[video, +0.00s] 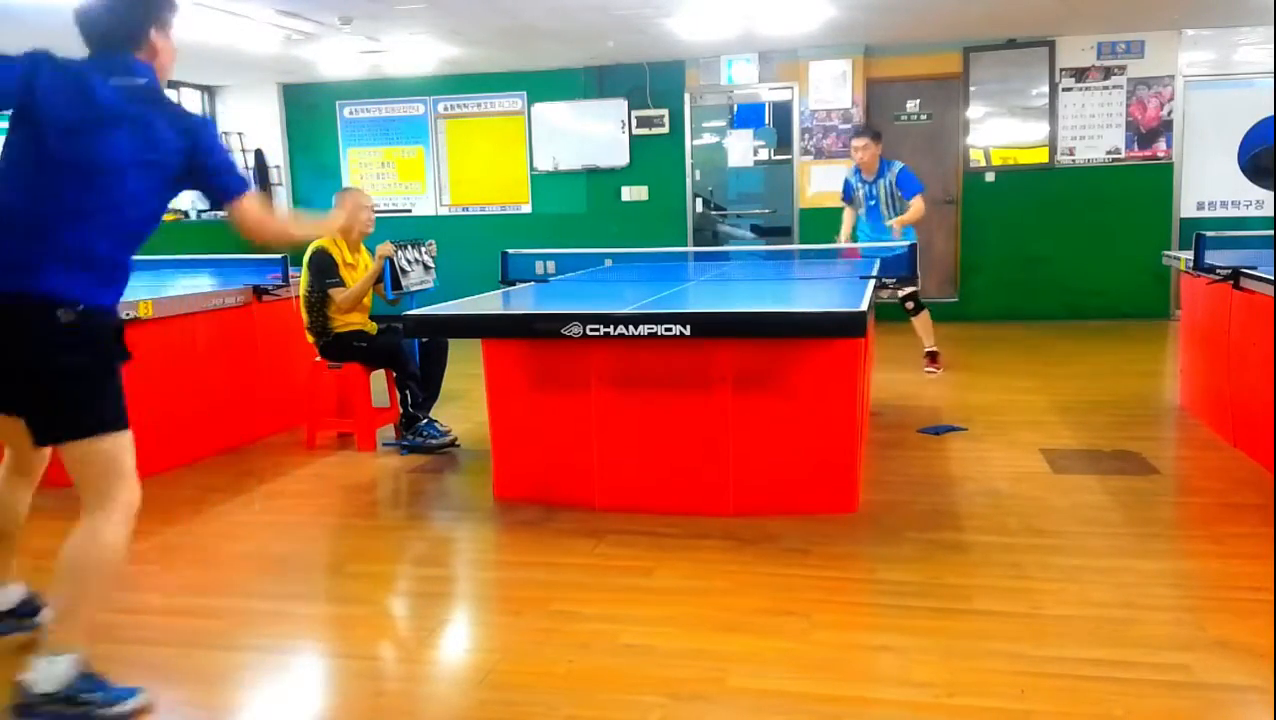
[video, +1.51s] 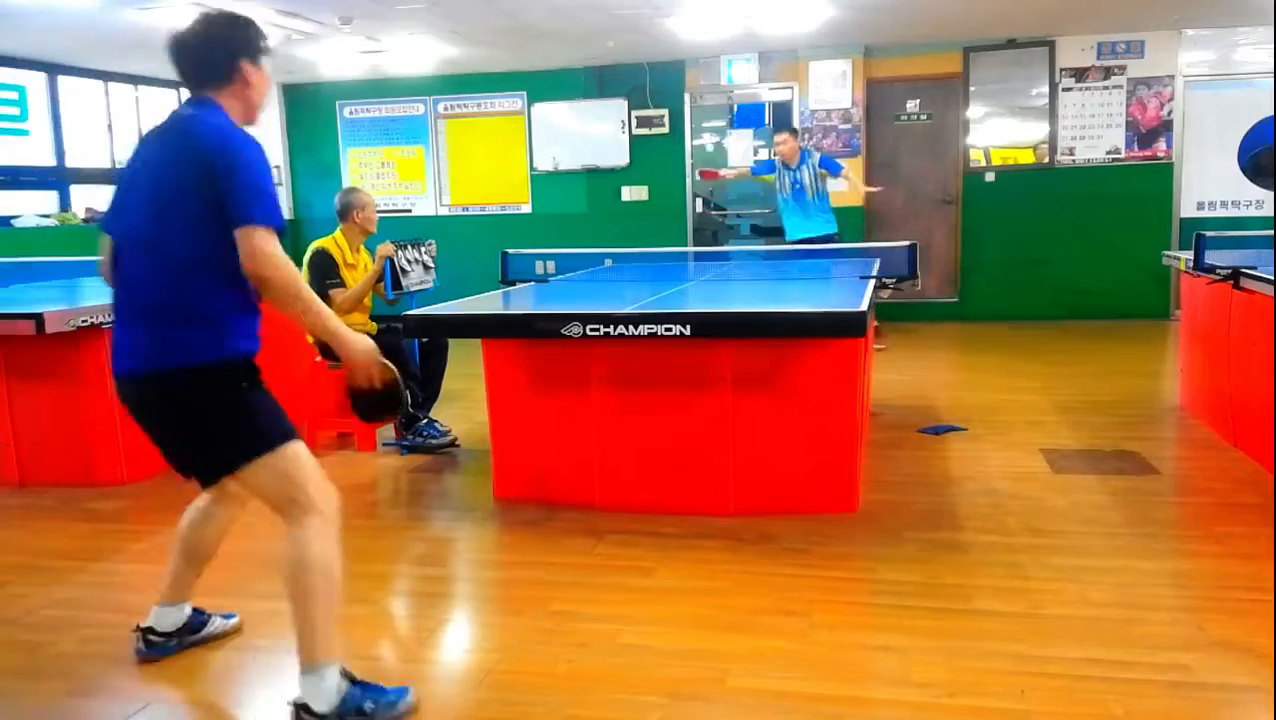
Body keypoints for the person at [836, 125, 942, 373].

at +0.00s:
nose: (858, 156)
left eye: (863, 149)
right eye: (854, 150)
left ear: (878, 148)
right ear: (850, 151)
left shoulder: (897, 172)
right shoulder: (852, 177)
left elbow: (919, 207)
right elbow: (850, 208)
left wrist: (901, 220)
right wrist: (844, 234)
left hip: (899, 248)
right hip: (867, 249)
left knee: (909, 299)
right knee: (858, 301)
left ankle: (931, 351)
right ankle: (855, 354)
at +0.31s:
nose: (879, 136)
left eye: (884, 130)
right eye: (874, 131)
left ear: (894, 128)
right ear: (867, 133)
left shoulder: (908, 145)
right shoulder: (864, 157)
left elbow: (934, 159)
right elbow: (874, 192)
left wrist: (954, 167)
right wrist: (883, 182)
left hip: (915, 230)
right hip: (881, 234)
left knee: (927, 288)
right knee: (868, 291)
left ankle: (940, 347)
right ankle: (859, 349)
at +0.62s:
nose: (864, 142)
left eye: (869, 136)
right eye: (859, 137)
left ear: (880, 137)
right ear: (853, 139)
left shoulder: (893, 160)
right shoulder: (847, 163)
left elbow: (915, 186)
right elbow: (840, 190)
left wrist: (940, 195)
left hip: (890, 238)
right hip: (858, 240)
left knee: (905, 287)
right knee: (859, 291)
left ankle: (915, 341)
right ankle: (859, 342)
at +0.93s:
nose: (840, 143)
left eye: (845, 138)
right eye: (836, 139)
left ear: (857, 138)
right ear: (832, 141)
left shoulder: (873, 164)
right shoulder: (830, 170)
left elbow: (886, 197)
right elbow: (823, 201)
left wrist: (870, 210)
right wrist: (811, 219)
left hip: (868, 236)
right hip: (838, 237)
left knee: (881, 285)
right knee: (836, 283)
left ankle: (892, 335)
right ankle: (840, 334)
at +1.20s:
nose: (791, 166)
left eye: (795, 160)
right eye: (789, 161)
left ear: (811, 157)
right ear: (789, 163)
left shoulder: (833, 175)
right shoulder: (799, 183)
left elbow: (869, 189)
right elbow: (793, 212)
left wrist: (885, 208)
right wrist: (766, 224)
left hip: (848, 250)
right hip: (817, 251)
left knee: (869, 291)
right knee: (814, 295)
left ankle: (891, 336)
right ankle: (819, 344)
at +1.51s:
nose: (778, 149)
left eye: (782, 143)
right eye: (776, 145)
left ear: (796, 142)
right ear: (775, 147)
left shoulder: (814, 158)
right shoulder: (776, 164)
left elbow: (843, 171)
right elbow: (751, 171)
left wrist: (862, 187)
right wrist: (730, 173)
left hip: (824, 233)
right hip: (796, 236)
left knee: (834, 279)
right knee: (799, 281)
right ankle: (803, 322)